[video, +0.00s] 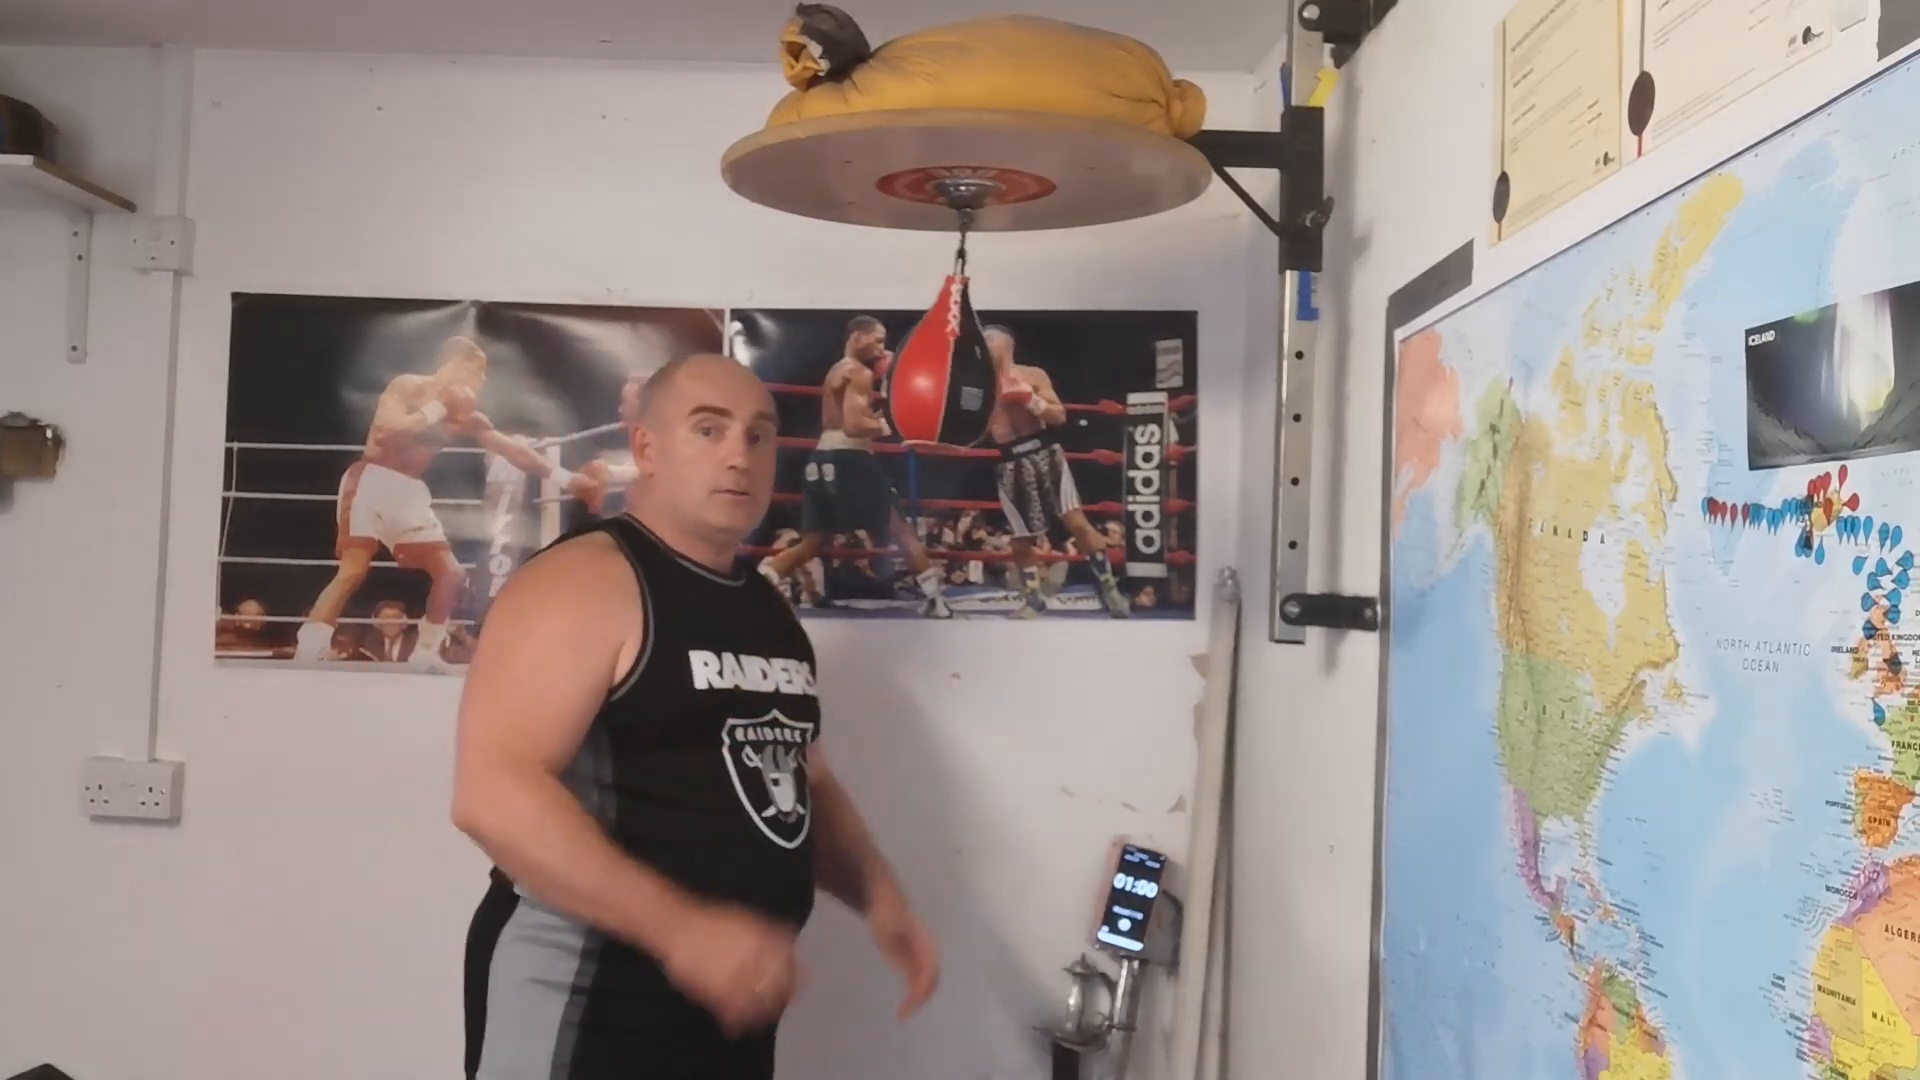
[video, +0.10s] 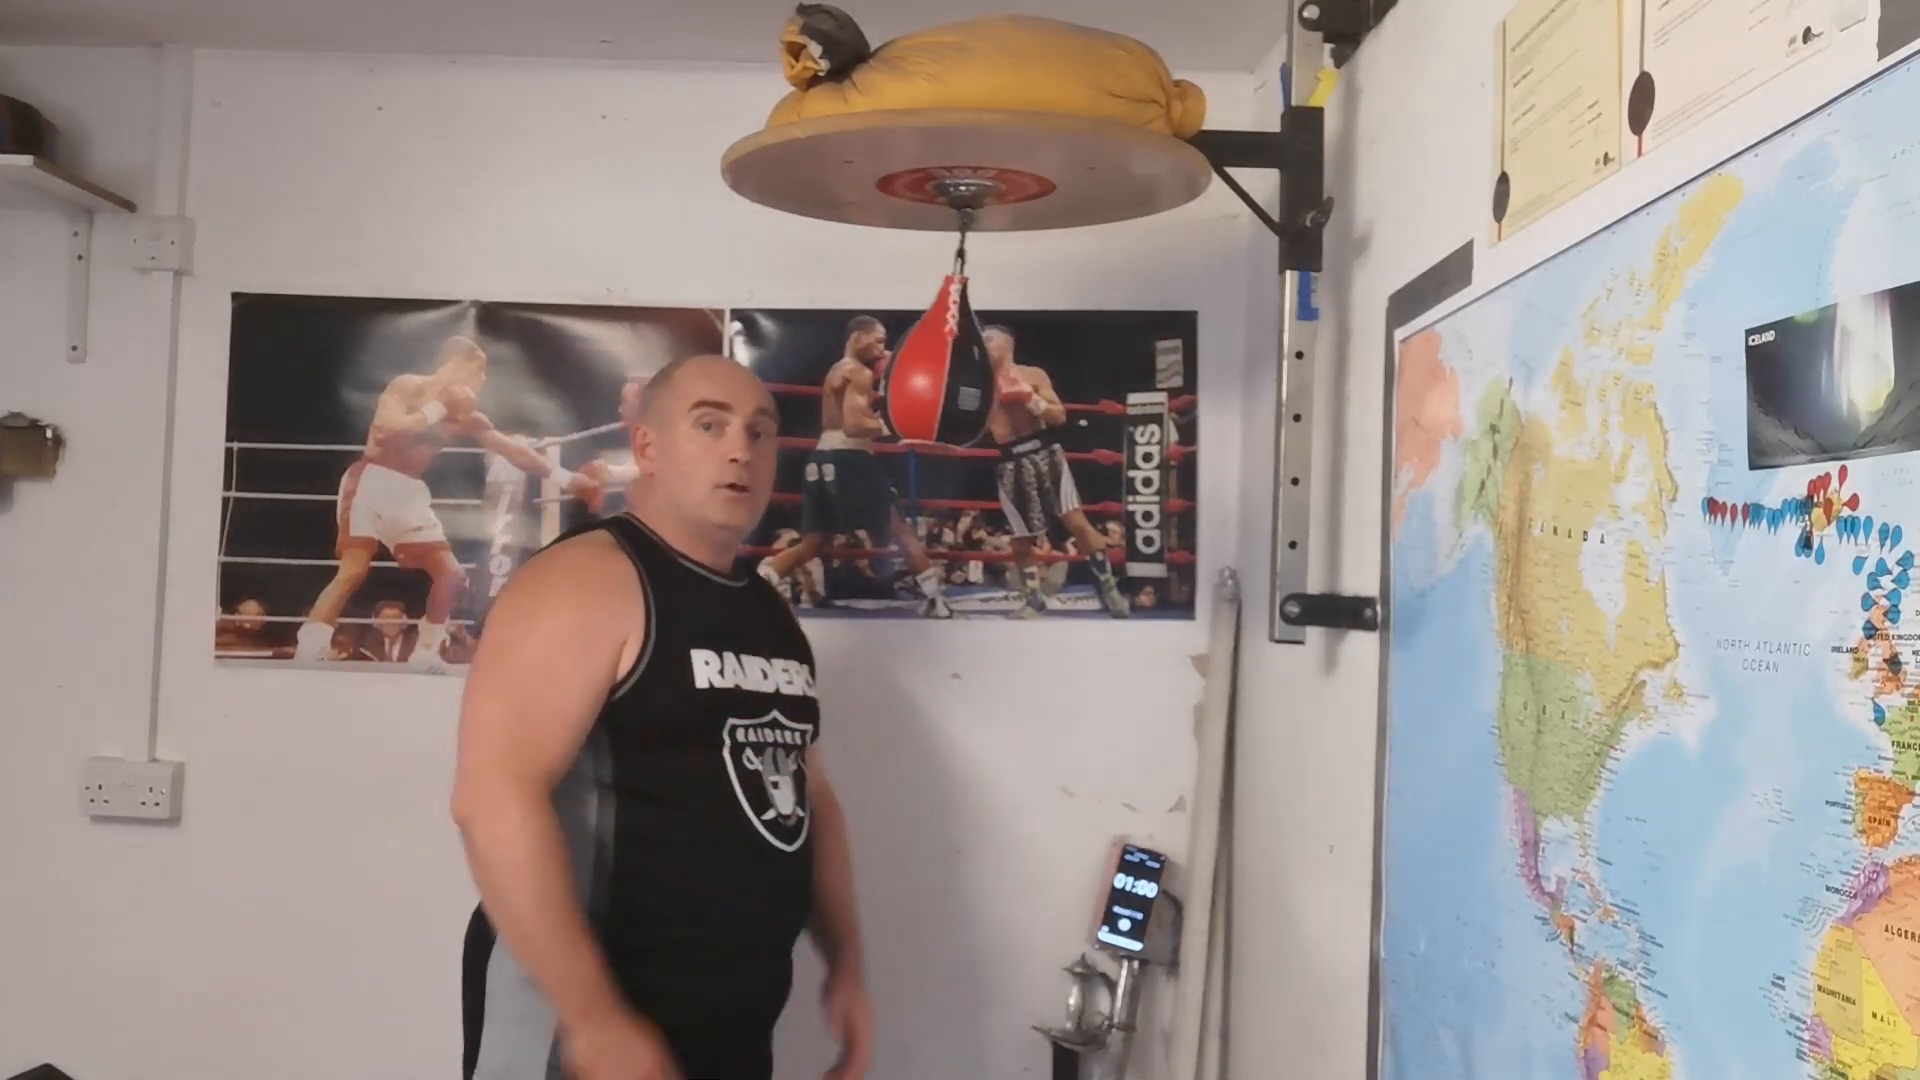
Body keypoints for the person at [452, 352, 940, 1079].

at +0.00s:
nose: (740, 456)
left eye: (758, 436)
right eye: (709, 427)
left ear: (776, 460)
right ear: (645, 448)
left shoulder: (764, 604)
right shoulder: (579, 581)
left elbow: (801, 782)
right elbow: (493, 790)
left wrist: (876, 890)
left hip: (730, 1006)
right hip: (586, 1001)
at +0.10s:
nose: (741, 449)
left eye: (759, 431)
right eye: (710, 423)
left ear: (776, 461)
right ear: (646, 447)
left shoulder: (764, 606)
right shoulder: (580, 581)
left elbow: (808, 796)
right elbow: (495, 800)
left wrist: (844, 957)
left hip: (736, 1012)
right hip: (592, 1017)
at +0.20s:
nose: (734, 444)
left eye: (752, 426)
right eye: (701, 420)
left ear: (768, 455)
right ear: (637, 446)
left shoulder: (760, 610)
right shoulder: (571, 583)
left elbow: (790, 804)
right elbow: (473, 802)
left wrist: (798, 995)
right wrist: (498, 1044)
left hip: (738, 1033)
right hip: (592, 1037)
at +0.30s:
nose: (719, 444)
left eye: (735, 426)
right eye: (684, 420)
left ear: (749, 454)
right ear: (618, 447)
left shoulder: (743, 611)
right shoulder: (552, 587)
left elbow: (758, 836)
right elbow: (436, 805)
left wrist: (763, 1027)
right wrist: (446, 1047)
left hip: (723, 1043)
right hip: (574, 1044)